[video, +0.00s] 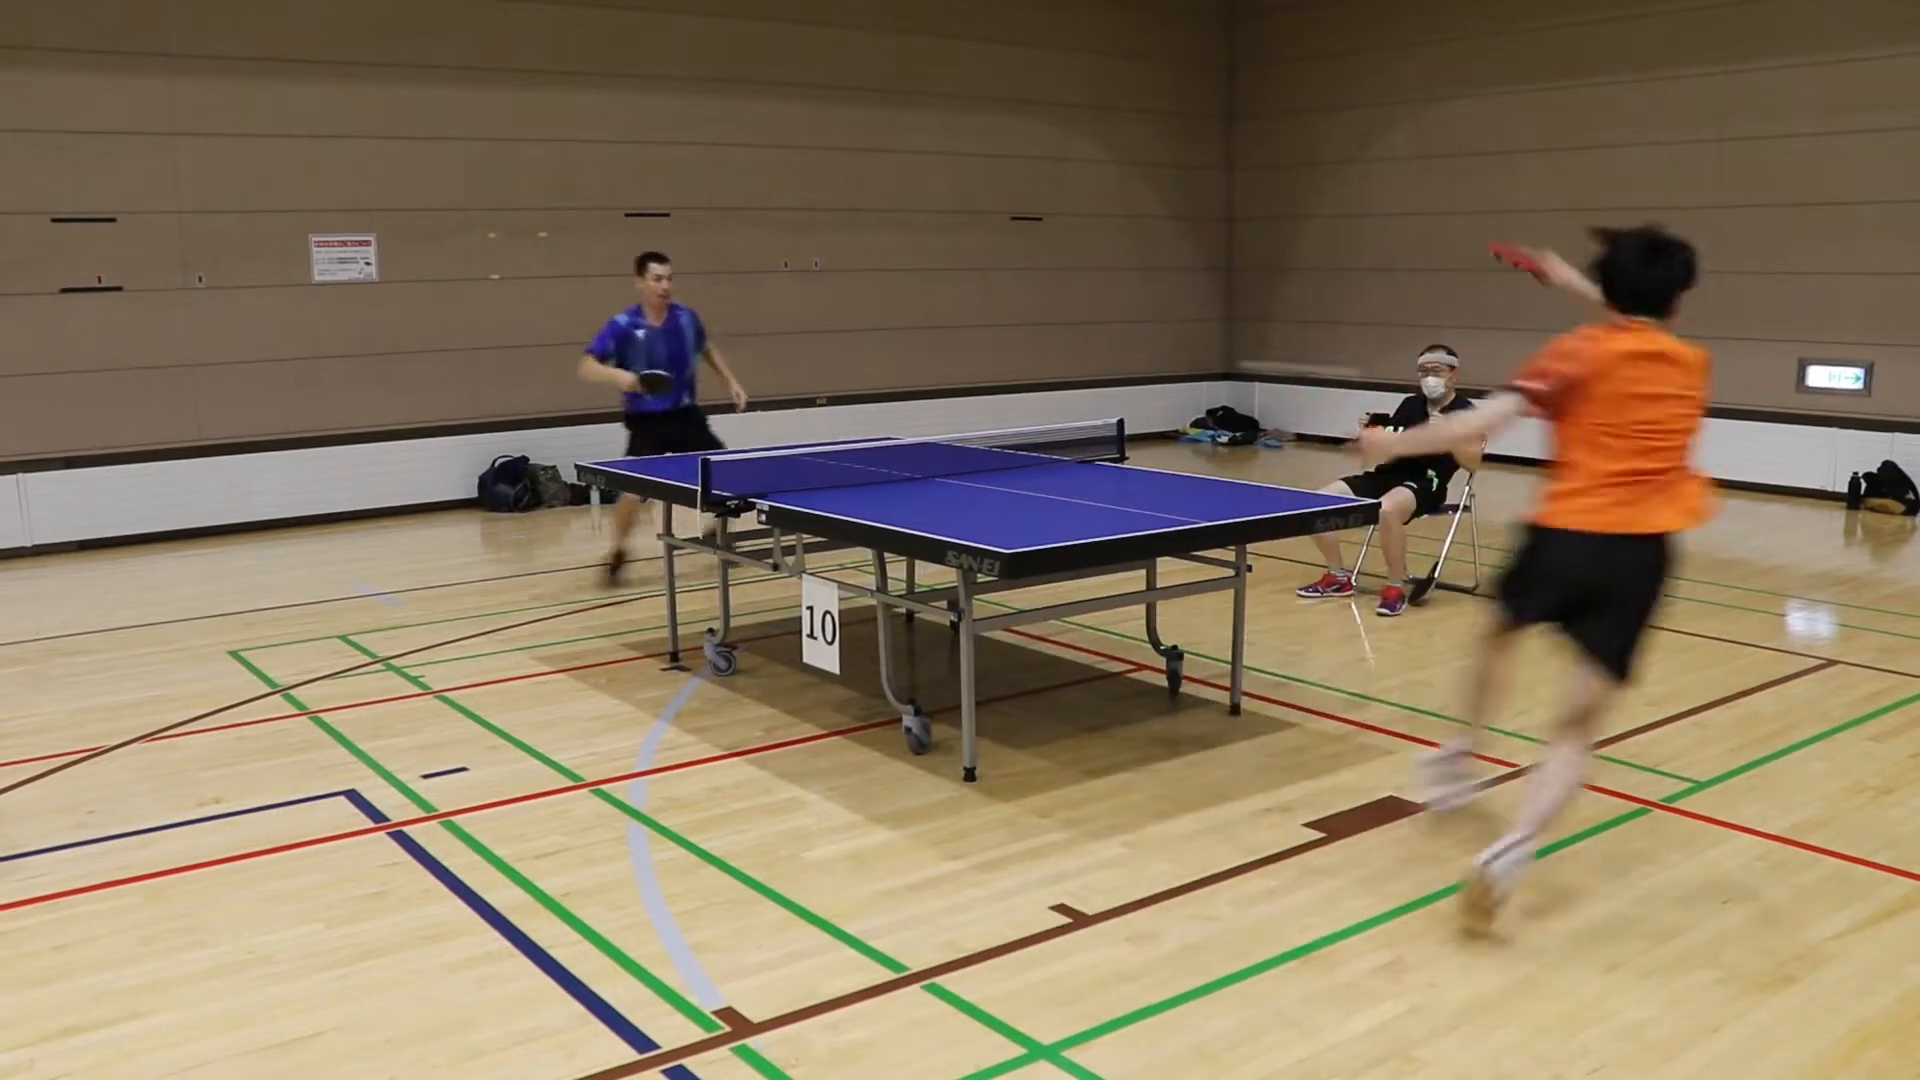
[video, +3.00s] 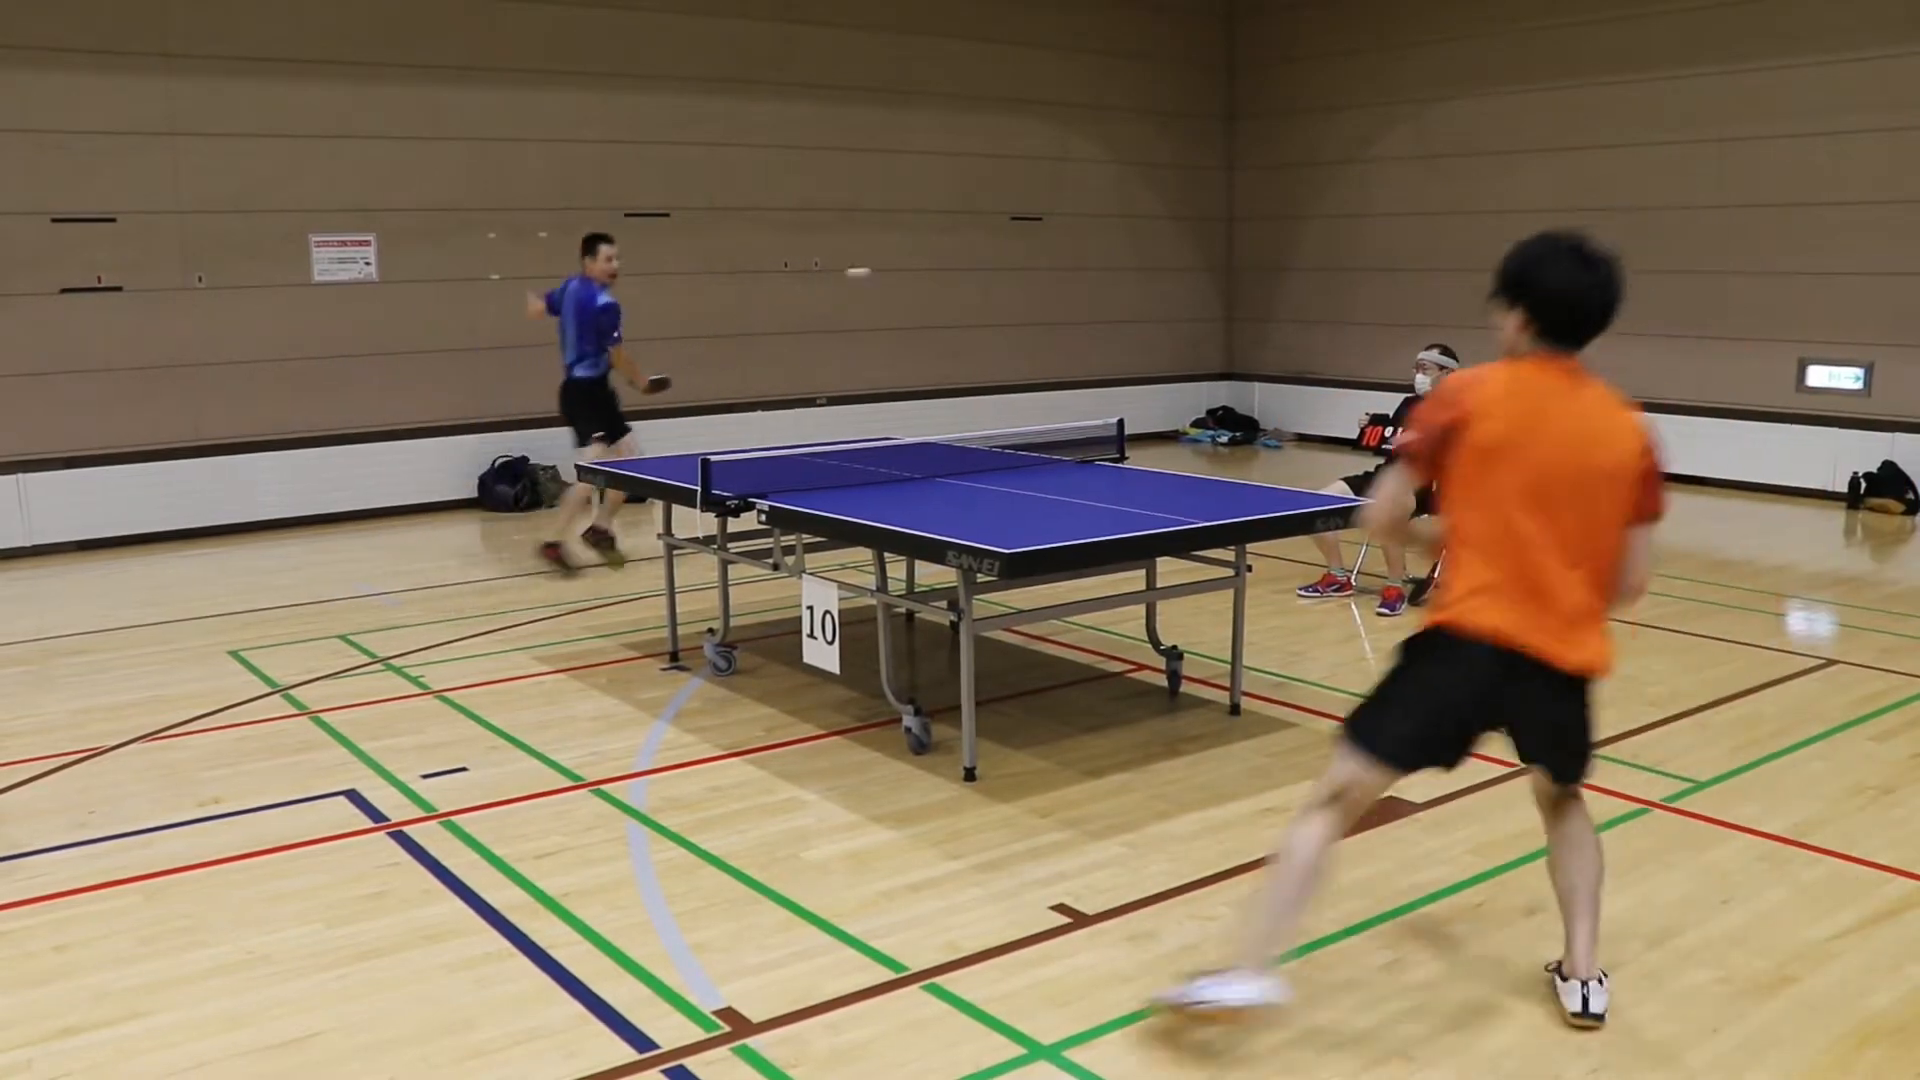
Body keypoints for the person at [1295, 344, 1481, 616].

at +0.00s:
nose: (1429, 376)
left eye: (1437, 370)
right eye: (1424, 370)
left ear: (1454, 376)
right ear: (1418, 375)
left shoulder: (1466, 412)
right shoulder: (1410, 404)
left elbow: (1473, 462)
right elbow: (1389, 443)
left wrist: (1450, 436)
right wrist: (1374, 434)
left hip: (1427, 482)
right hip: (1390, 475)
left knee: (1389, 509)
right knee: (1320, 502)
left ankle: (1395, 587)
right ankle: (1338, 575)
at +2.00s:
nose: (1426, 376)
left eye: (1434, 370)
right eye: (1422, 370)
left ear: (1452, 376)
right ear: (1416, 374)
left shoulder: (1466, 413)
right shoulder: (1411, 404)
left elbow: (1472, 463)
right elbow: (1393, 439)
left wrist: (1447, 433)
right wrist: (1373, 426)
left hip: (1426, 482)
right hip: (1390, 474)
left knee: (1388, 510)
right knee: (1318, 503)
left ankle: (1394, 588)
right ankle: (1337, 576)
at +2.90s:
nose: (1417, 375)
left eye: (1424, 370)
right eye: (1416, 369)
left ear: (1446, 376)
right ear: (1414, 372)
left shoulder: (1465, 413)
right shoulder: (1411, 404)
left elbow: (1473, 462)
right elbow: (1393, 439)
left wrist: (1447, 433)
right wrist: (1372, 426)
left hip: (1427, 481)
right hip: (1390, 473)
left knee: (1388, 510)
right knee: (1319, 503)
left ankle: (1395, 588)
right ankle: (1337, 576)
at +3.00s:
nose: (1419, 374)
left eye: (1427, 369)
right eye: (1417, 368)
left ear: (1447, 374)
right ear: (1414, 371)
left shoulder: (1453, 409)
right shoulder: (1409, 404)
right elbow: (1393, 439)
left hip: (1429, 484)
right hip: (1392, 474)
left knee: (1387, 511)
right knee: (1318, 503)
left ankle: (1396, 586)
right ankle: (1338, 576)